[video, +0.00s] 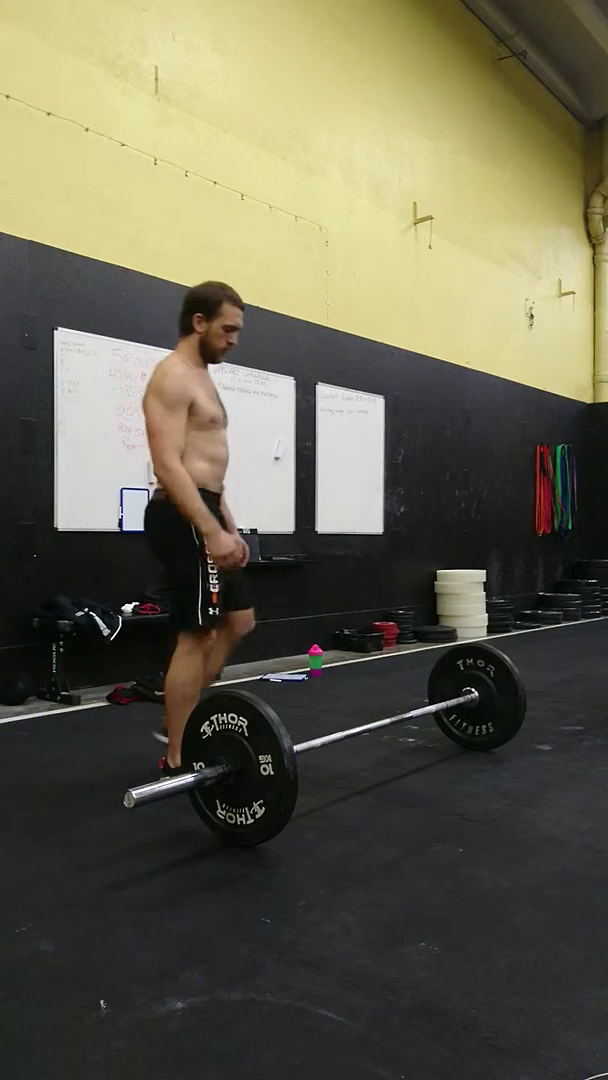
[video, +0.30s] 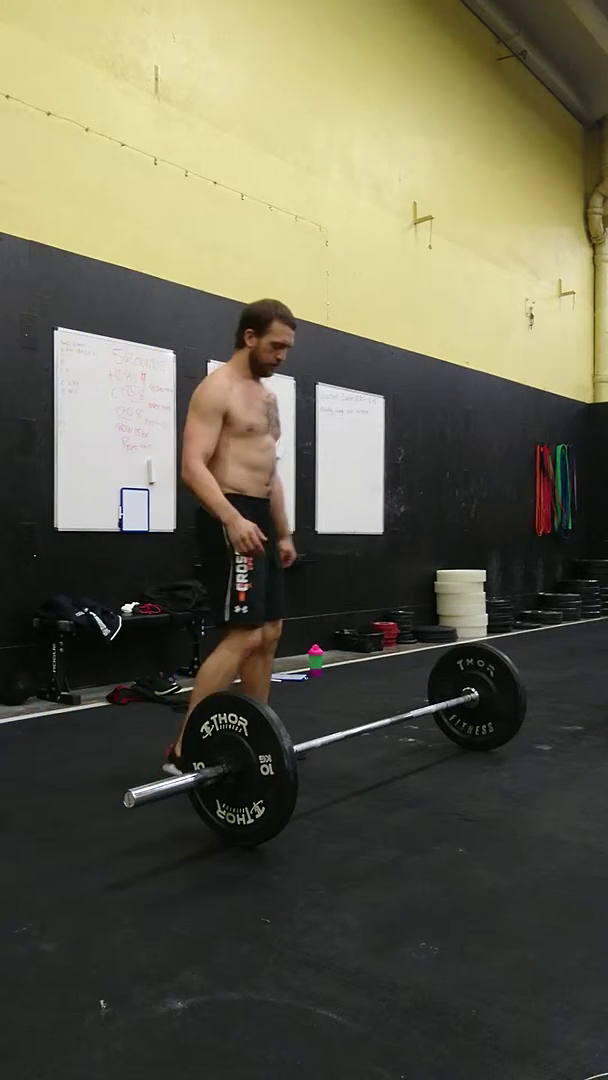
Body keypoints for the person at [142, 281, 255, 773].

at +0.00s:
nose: (234, 339)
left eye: (237, 330)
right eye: (229, 329)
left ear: (208, 326)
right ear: (198, 323)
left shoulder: (198, 374)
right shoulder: (172, 376)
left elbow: (204, 466)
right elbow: (167, 466)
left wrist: (227, 524)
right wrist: (210, 532)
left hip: (206, 512)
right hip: (181, 514)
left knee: (238, 621)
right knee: (196, 635)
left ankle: (180, 721)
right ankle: (177, 758)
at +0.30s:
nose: (282, 356)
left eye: (287, 348)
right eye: (275, 346)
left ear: (284, 346)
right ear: (249, 338)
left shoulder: (267, 393)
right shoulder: (216, 388)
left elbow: (268, 471)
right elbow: (192, 467)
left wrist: (283, 531)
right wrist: (232, 520)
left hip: (260, 517)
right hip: (226, 516)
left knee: (267, 634)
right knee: (243, 634)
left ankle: (253, 742)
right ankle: (185, 745)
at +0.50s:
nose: (308, 360)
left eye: (313, 352)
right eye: (303, 349)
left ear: (317, 349)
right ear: (276, 339)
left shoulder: (297, 397)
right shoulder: (239, 388)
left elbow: (302, 469)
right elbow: (205, 465)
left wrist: (328, 522)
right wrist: (221, 529)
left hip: (280, 510)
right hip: (250, 506)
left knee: (270, 625)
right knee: (282, 621)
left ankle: (251, 726)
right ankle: (246, 726)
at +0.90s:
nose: (339, 355)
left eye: (345, 348)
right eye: (334, 345)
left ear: (345, 346)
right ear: (307, 335)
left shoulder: (328, 397)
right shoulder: (270, 386)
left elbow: (334, 472)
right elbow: (244, 465)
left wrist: (361, 529)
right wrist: (243, 538)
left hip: (315, 513)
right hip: (281, 510)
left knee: (327, 629)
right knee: (303, 631)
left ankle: (267, 719)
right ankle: (304, 748)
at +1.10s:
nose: (357, 355)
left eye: (363, 347)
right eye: (351, 345)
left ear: (363, 344)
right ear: (324, 334)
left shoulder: (341, 395)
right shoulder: (288, 381)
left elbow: (346, 472)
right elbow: (264, 457)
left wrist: (373, 531)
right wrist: (283, 528)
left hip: (332, 516)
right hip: (294, 515)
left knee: (363, 619)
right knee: (303, 636)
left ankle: (318, 717)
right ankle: (302, 749)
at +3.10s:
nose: (398, 344)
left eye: (405, 337)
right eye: (392, 334)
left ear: (404, 333)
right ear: (364, 322)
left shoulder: (389, 385)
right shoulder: (325, 374)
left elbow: (389, 464)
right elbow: (291, 452)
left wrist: (406, 526)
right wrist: (309, 524)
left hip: (374, 516)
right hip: (335, 515)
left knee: (369, 638)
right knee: (330, 641)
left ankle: (372, 747)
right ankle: (319, 761)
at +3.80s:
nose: (441, 386)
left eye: (448, 378)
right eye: (438, 375)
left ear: (440, 369)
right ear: (411, 357)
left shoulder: (418, 419)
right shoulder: (356, 401)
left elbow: (411, 495)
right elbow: (326, 487)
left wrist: (417, 570)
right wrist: (332, 571)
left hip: (355, 516)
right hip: (312, 512)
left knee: (372, 636)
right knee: (328, 638)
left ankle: (371, 746)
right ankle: (319, 761)